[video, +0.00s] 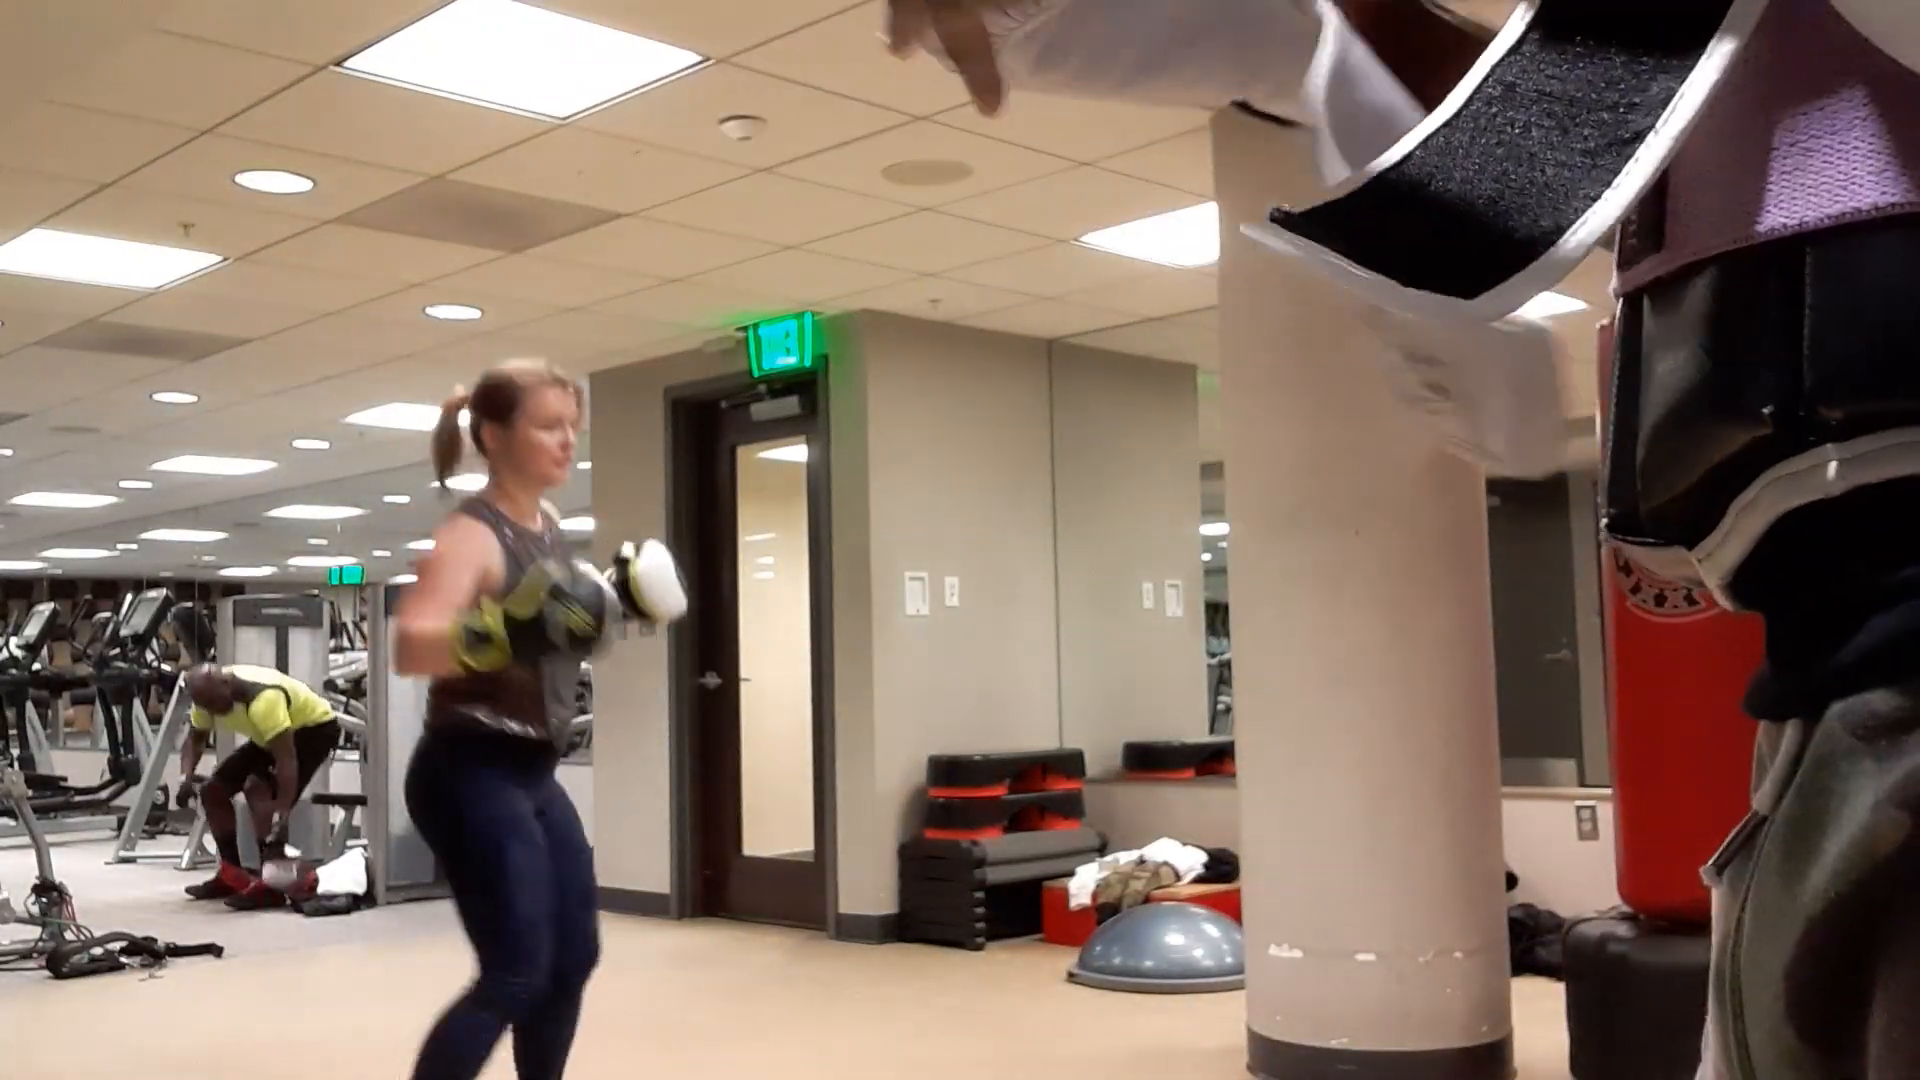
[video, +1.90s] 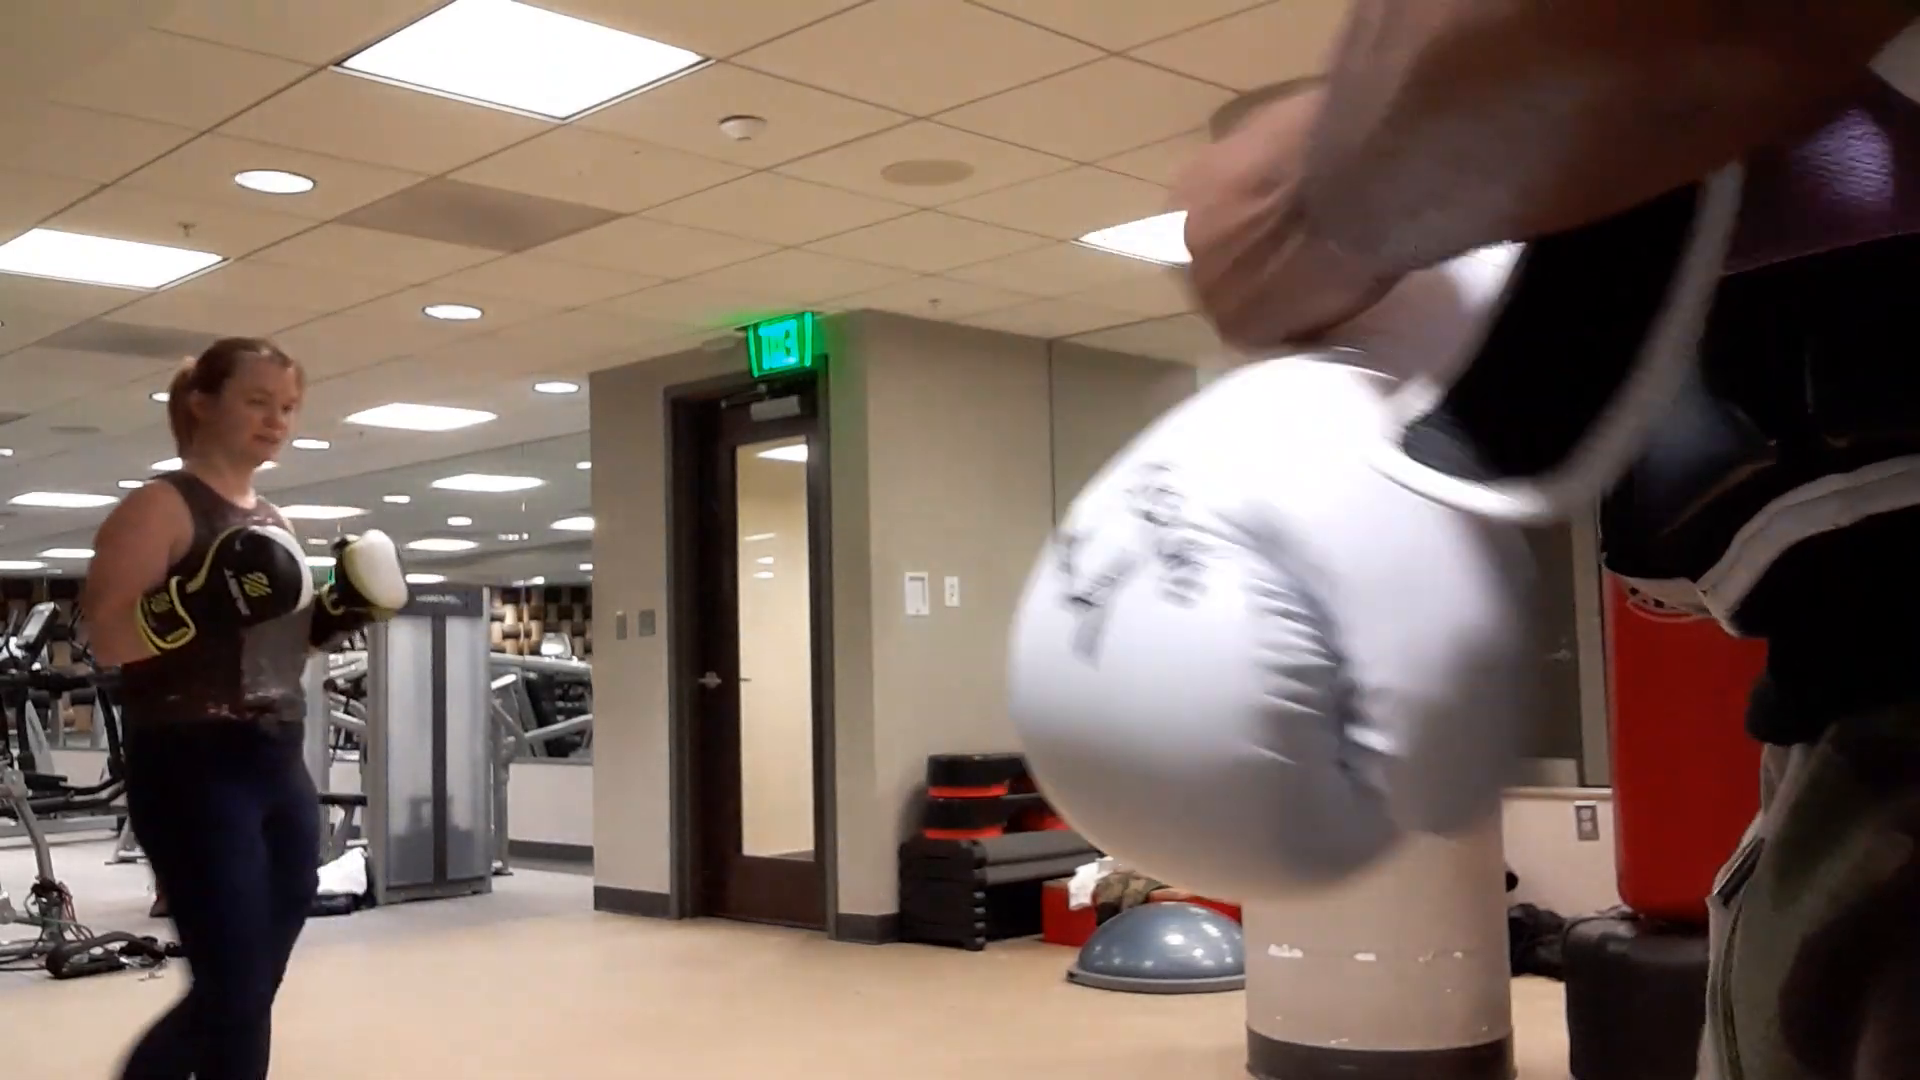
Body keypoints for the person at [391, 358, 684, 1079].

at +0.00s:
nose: (567, 442)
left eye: (571, 428)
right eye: (549, 427)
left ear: (574, 434)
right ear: (494, 435)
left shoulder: (545, 529)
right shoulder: (470, 533)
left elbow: (554, 629)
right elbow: (411, 647)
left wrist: (621, 604)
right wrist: (513, 627)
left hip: (532, 769)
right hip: (468, 770)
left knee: (571, 956)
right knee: (518, 970)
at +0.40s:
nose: (497, 416)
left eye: (507, 405)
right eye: (480, 397)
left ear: (514, 418)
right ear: (426, 403)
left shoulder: (522, 511)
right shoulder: (374, 514)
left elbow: (552, 634)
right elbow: (354, 649)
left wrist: (583, 596)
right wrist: (414, 574)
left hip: (498, 761)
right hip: (403, 760)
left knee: (528, 963)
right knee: (397, 978)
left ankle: (530, 1078)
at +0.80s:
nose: (450, 410)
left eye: (457, 398)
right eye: (431, 393)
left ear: (461, 408)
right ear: (373, 400)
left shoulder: (437, 507)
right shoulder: (340, 504)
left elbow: (434, 625)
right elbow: (300, 644)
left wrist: (509, 598)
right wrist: (396, 598)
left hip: (438, 762)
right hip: (358, 767)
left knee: (508, 951)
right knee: (373, 993)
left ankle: (407, 1070)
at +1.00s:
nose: (419, 412)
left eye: (427, 399)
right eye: (400, 394)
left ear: (430, 408)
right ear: (340, 401)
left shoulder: (409, 509)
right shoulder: (314, 507)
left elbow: (424, 634)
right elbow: (285, 647)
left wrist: (486, 598)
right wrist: (389, 596)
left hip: (424, 761)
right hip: (350, 764)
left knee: (427, 979)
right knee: (372, 991)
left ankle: (322, 1065)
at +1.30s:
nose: (373, 417)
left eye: (380, 403)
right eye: (354, 400)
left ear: (383, 411)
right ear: (296, 408)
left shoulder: (360, 514)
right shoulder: (269, 509)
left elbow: (372, 641)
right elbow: (238, 643)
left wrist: (437, 603)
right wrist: (336, 595)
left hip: (360, 763)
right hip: (296, 767)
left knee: (316, 985)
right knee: (346, 991)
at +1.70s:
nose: (313, 424)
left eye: (323, 412)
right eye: (296, 405)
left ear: (330, 422)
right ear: (237, 407)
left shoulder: (297, 520)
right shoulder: (189, 508)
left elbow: (293, 645)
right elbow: (134, 639)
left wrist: (357, 616)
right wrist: (226, 606)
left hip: (296, 761)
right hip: (210, 764)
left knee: (269, 981)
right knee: (307, 965)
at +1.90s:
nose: (276, 422)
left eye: (287, 409)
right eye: (258, 403)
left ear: (295, 419)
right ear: (201, 404)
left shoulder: (266, 518)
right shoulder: (157, 507)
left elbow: (272, 647)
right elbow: (106, 640)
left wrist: (332, 615)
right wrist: (198, 603)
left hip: (273, 756)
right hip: (188, 758)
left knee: (251, 983)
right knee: (232, 984)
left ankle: (154, 1066)